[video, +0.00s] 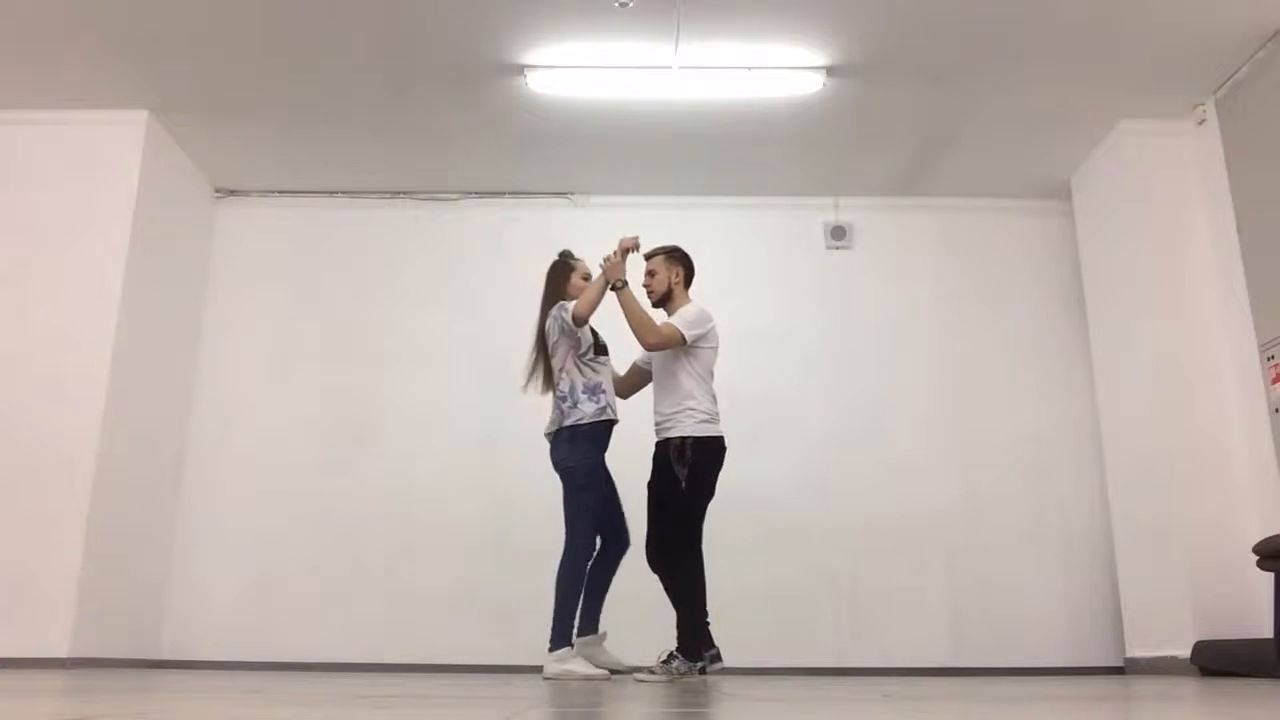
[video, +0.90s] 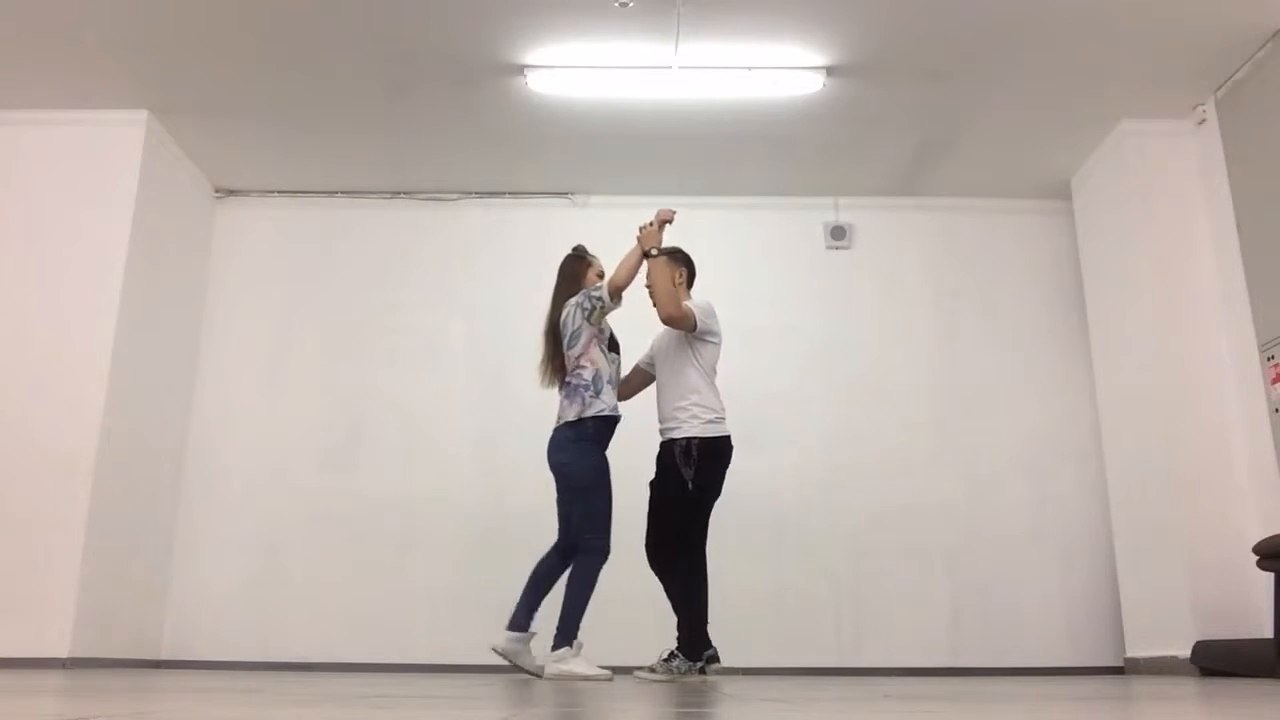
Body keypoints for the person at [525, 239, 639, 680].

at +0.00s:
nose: (592, 282)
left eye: (591, 277)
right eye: (583, 276)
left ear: (582, 284)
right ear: (562, 283)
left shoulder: (586, 333)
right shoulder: (559, 317)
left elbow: (621, 387)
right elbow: (582, 311)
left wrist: (661, 356)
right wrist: (612, 267)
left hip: (589, 440)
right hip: (576, 440)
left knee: (616, 540)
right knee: (579, 544)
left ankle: (587, 640)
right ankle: (559, 652)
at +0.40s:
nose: (600, 283)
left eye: (600, 276)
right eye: (591, 276)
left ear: (586, 282)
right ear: (569, 281)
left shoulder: (583, 320)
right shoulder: (572, 313)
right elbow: (607, 293)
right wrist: (640, 250)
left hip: (586, 435)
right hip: (578, 436)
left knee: (609, 538)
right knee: (603, 540)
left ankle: (573, 638)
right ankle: (565, 648)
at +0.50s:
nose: (602, 284)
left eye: (601, 277)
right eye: (593, 277)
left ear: (585, 282)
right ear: (572, 280)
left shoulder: (583, 318)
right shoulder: (573, 313)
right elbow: (611, 290)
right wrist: (643, 250)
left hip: (585, 437)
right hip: (575, 438)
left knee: (607, 539)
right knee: (598, 542)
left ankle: (571, 641)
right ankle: (564, 649)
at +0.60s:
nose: (602, 282)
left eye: (601, 275)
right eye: (594, 275)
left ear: (587, 281)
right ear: (574, 278)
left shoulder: (582, 317)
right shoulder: (575, 312)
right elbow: (614, 288)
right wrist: (648, 246)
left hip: (578, 441)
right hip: (572, 442)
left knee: (592, 543)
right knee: (595, 542)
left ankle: (566, 645)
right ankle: (562, 649)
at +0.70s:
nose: (604, 280)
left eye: (603, 273)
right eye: (596, 273)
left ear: (587, 278)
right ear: (575, 276)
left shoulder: (586, 314)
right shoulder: (576, 309)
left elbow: (620, 293)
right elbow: (616, 287)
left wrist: (648, 252)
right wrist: (650, 245)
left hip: (578, 440)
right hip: (571, 440)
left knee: (585, 542)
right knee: (583, 543)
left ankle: (558, 643)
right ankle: (559, 651)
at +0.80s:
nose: (605, 275)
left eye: (603, 268)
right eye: (598, 269)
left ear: (579, 278)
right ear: (582, 275)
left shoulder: (582, 314)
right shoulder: (579, 308)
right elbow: (618, 285)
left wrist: (646, 248)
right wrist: (648, 246)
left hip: (574, 438)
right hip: (577, 440)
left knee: (576, 540)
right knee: (585, 543)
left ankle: (534, 636)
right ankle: (561, 650)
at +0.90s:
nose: (605, 280)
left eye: (603, 275)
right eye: (598, 274)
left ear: (577, 279)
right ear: (582, 278)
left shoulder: (582, 319)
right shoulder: (579, 309)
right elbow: (616, 286)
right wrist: (644, 244)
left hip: (571, 442)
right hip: (581, 442)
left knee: (569, 545)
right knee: (594, 549)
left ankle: (515, 635)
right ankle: (563, 651)